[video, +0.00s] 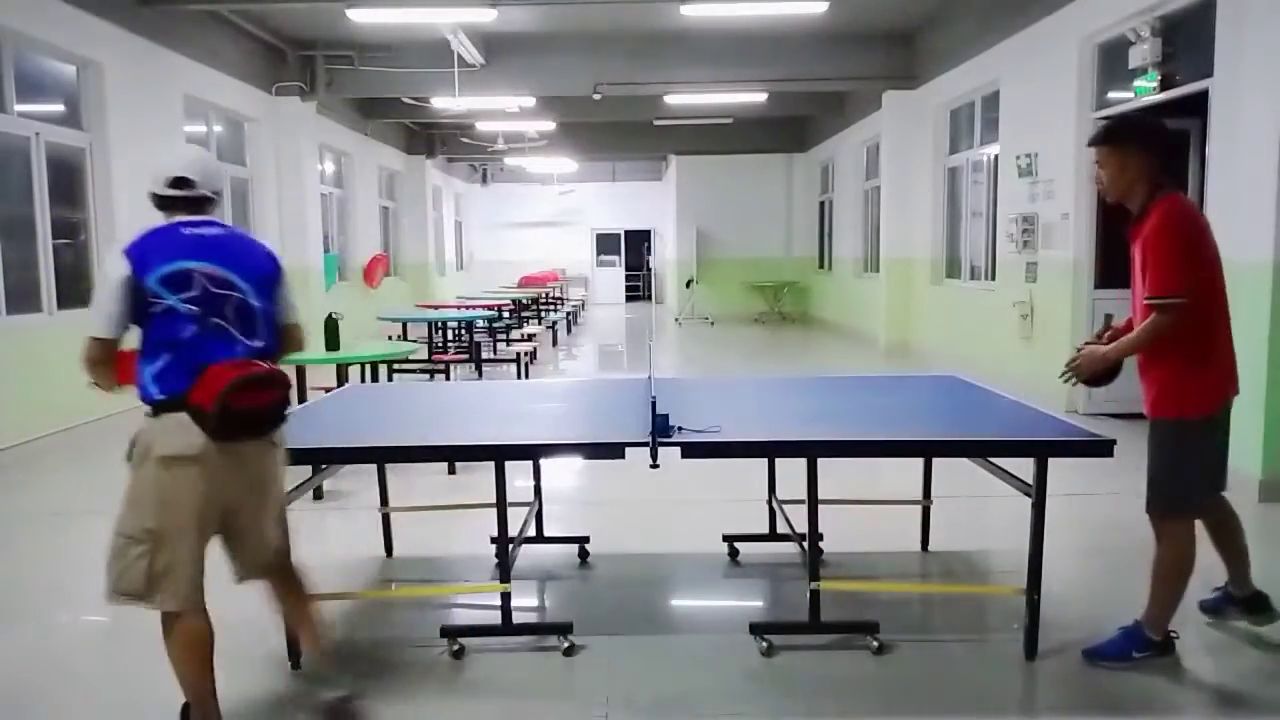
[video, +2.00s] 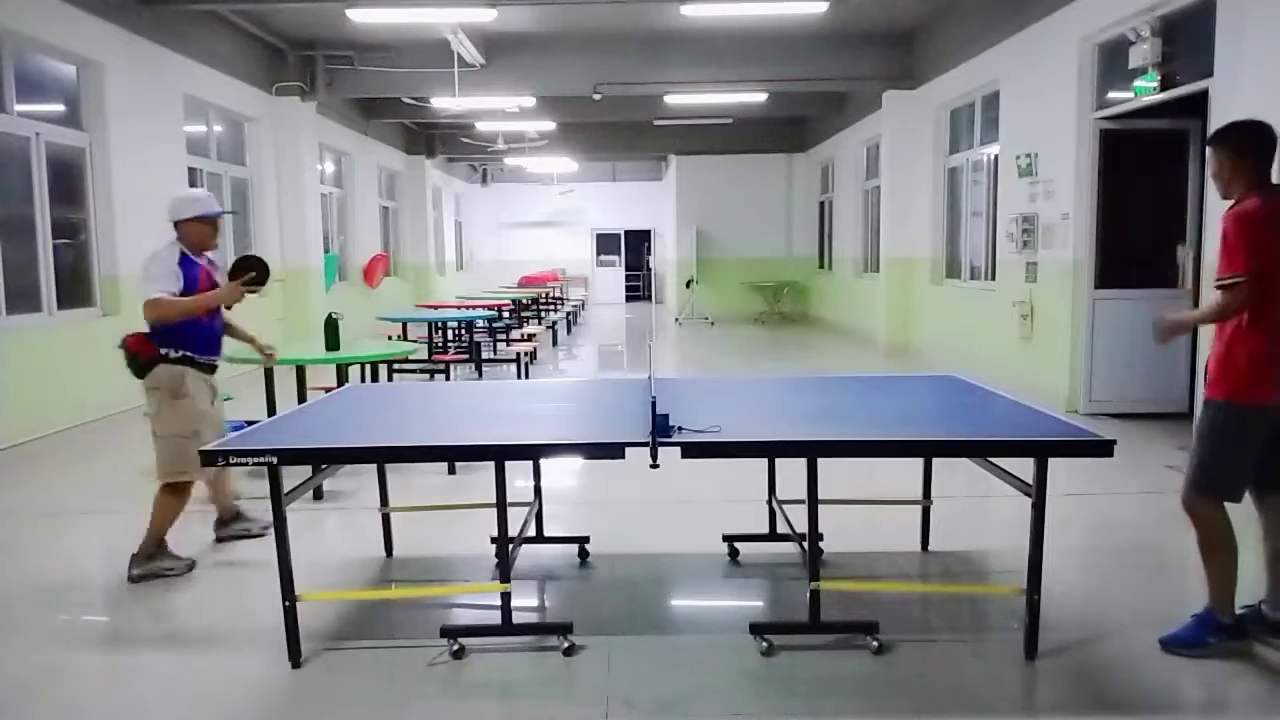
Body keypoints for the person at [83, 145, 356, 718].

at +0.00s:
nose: (161, 212)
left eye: (160, 205)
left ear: (159, 204)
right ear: (214, 201)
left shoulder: (143, 253)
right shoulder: (258, 253)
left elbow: (99, 356)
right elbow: (291, 340)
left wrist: (123, 371)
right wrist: (233, 349)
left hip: (178, 436)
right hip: (254, 431)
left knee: (178, 589)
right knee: (275, 561)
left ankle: (203, 711)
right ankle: (322, 660)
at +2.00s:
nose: (218, 232)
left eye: (218, 224)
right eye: (211, 224)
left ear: (206, 226)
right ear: (185, 225)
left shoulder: (209, 266)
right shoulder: (165, 260)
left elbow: (215, 319)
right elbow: (153, 311)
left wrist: (253, 341)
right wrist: (217, 298)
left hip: (200, 375)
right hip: (174, 375)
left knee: (215, 452)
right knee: (181, 469)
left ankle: (229, 517)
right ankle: (150, 551)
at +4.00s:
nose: (338, 224)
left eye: (337, 218)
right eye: (329, 217)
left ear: (330, 223)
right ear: (305, 223)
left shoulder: (341, 262)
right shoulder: (288, 264)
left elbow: (367, 303)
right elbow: (261, 308)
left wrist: (374, 281)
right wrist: (294, 324)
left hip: (332, 364)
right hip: (289, 366)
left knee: (370, 432)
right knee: (286, 443)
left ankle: (396, 505)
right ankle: (258, 513)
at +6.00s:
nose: (252, 213)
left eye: (252, 207)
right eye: (243, 207)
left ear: (245, 211)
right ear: (216, 210)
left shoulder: (252, 252)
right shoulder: (195, 253)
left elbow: (281, 286)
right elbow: (209, 309)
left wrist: (297, 259)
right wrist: (264, 338)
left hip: (252, 368)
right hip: (211, 370)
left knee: (262, 456)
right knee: (211, 463)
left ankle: (273, 537)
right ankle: (205, 552)